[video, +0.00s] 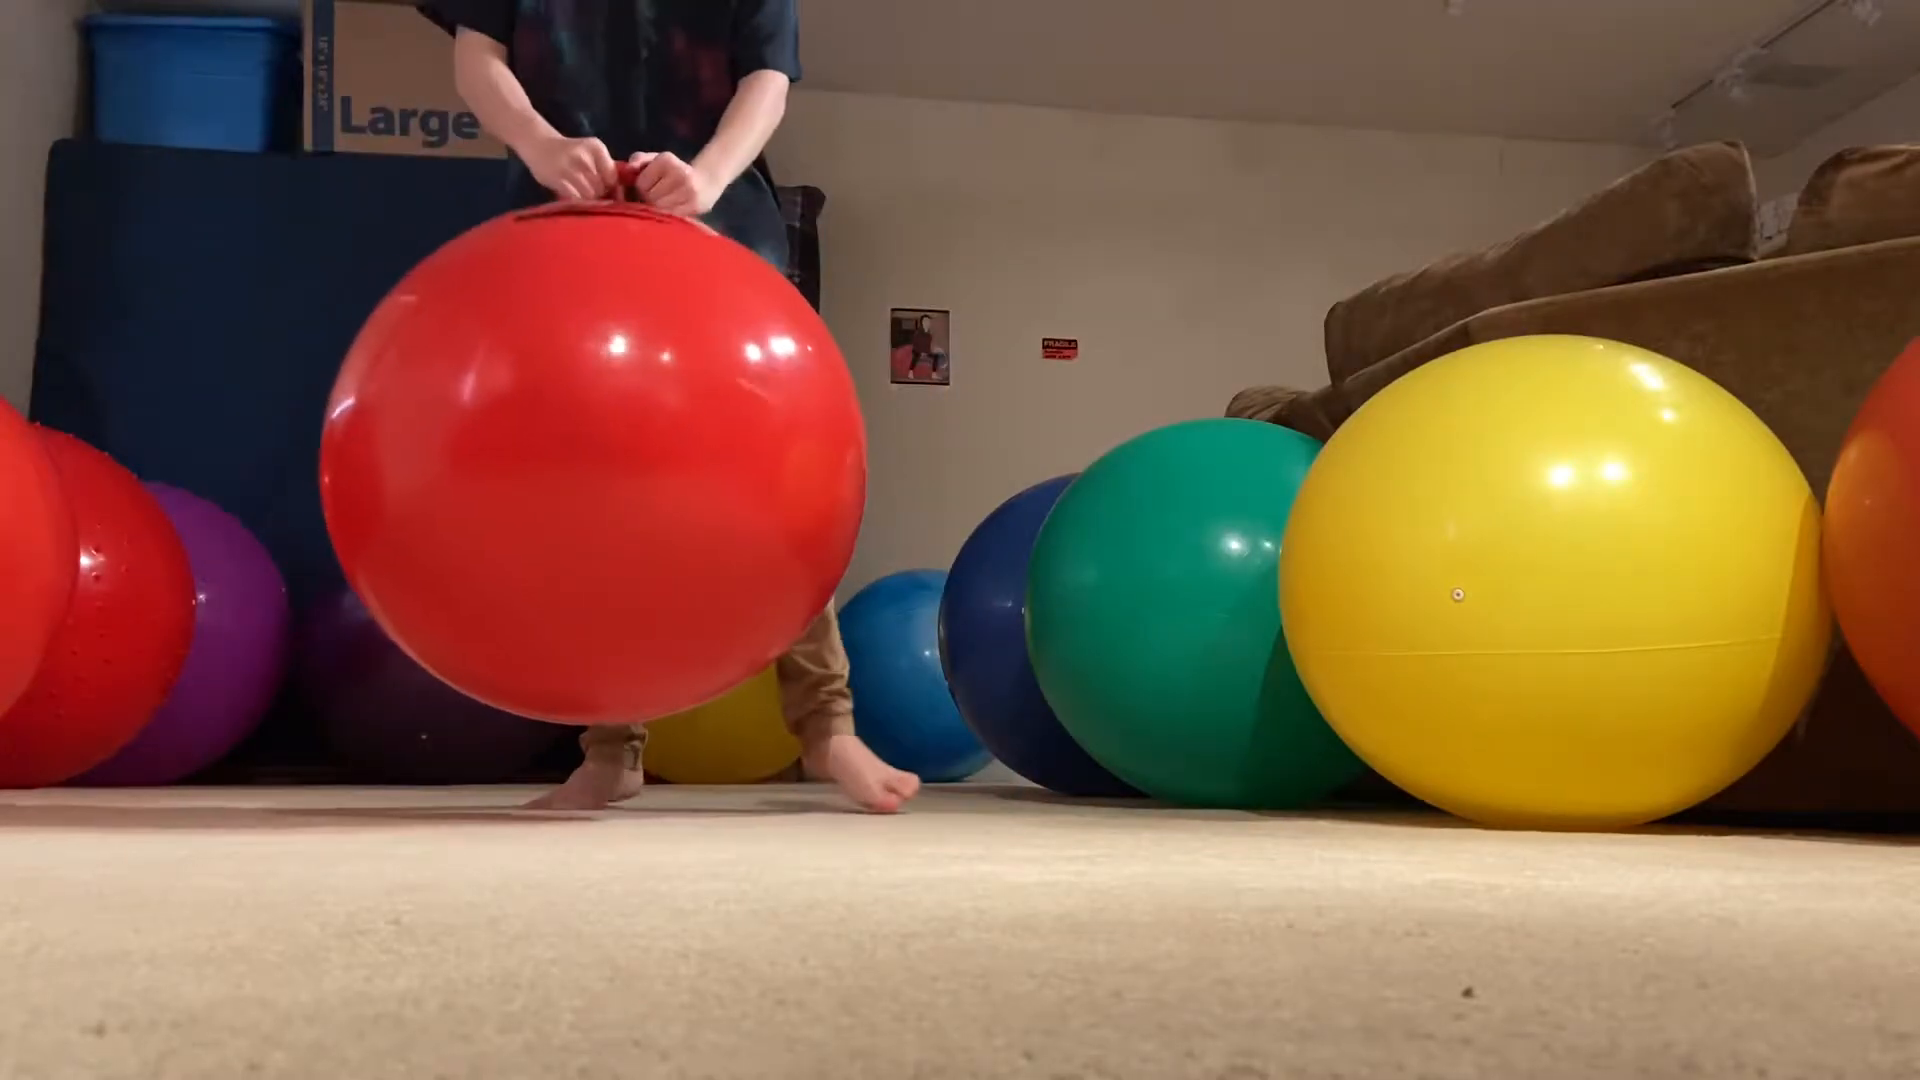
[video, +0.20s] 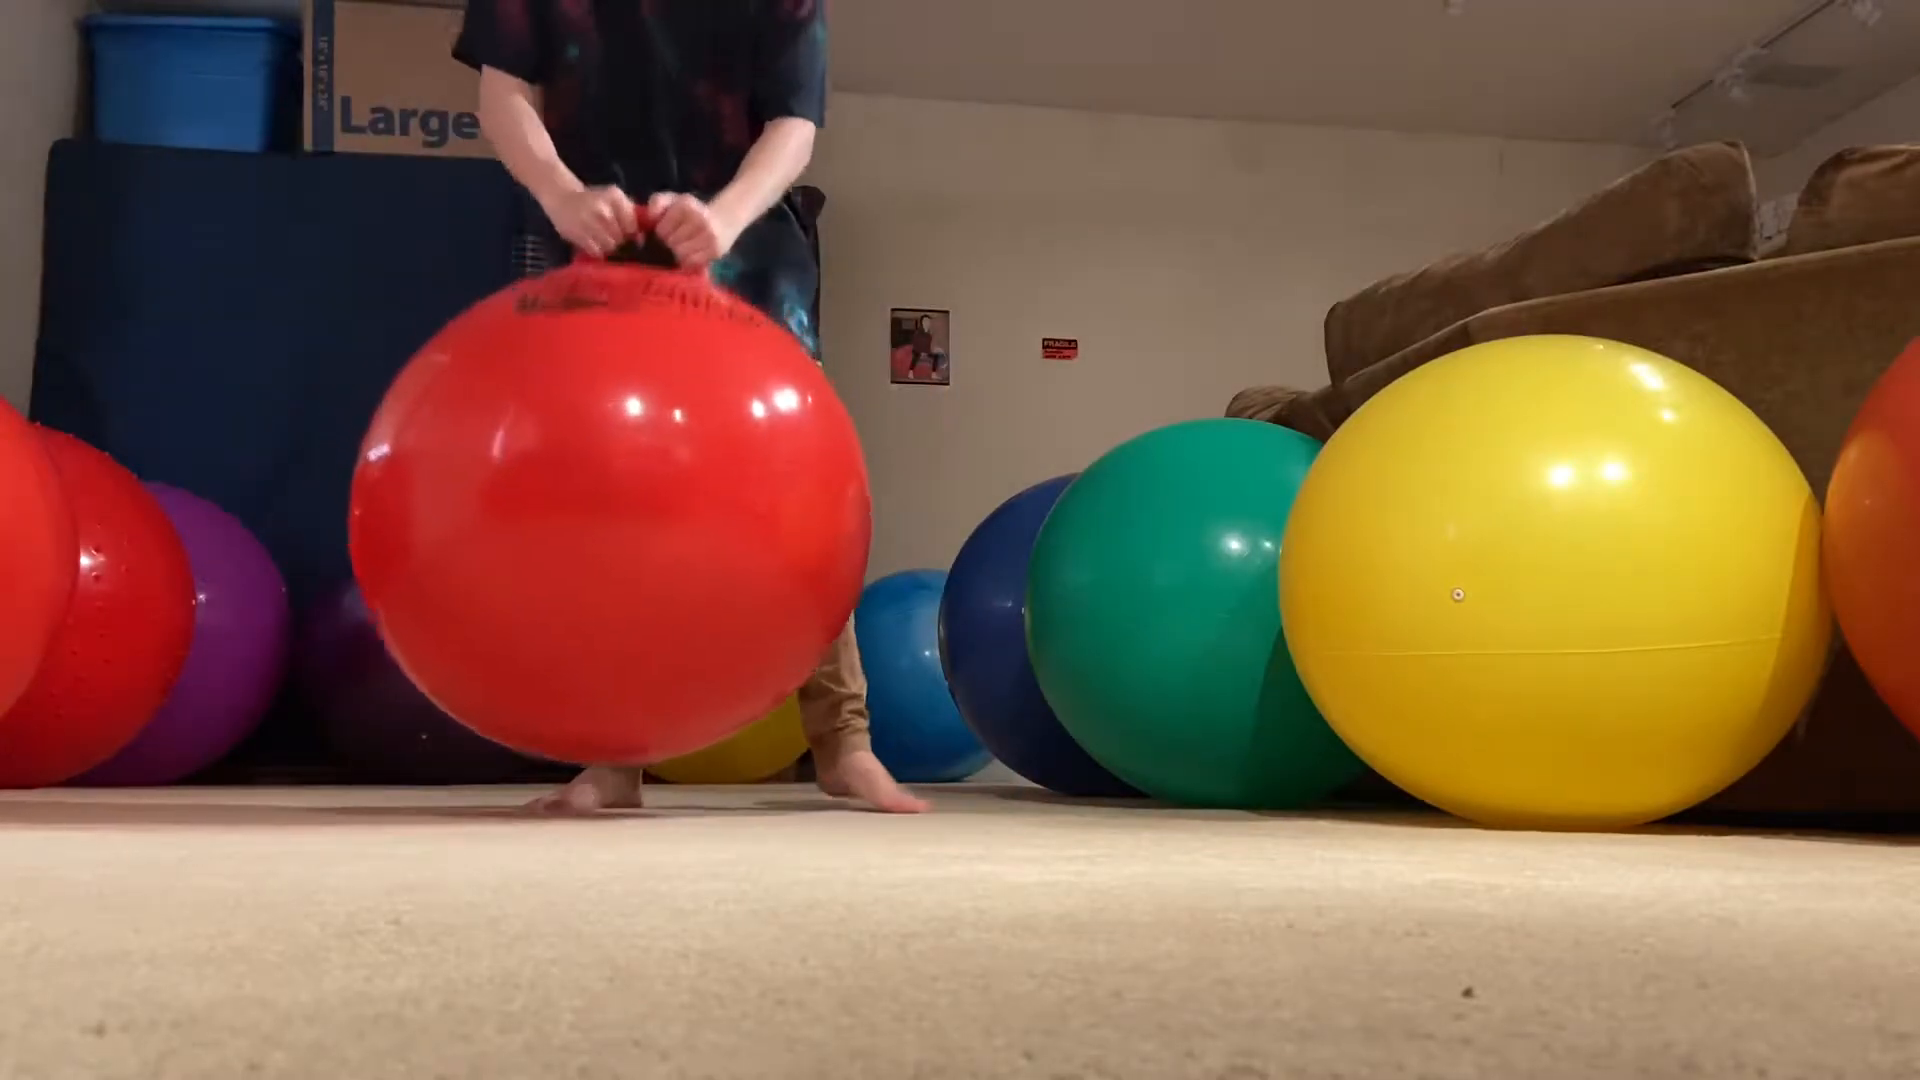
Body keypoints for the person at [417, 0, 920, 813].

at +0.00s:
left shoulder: (755, 1)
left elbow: (772, 73)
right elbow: (476, 55)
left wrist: (704, 174)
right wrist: (544, 146)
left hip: (727, 229)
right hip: (575, 229)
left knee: (781, 463)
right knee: (586, 473)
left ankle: (827, 724)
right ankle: (609, 748)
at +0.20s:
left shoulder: (785, 6)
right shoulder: (528, 3)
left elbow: (795, 123)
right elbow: (502, 94)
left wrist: (722, 216)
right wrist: (564, 195)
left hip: (750, 257)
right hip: (596, 256)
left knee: (794, 483)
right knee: (597, 491)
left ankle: (844, 742)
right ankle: (612, 762)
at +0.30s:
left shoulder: (807, 10)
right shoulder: (564, 7)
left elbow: (802, 176)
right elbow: (541, 152)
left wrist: (727, 302)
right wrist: (581, 289)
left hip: (771, 280)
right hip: (620, 276)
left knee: (803, 522)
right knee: (622, 514)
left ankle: (841, 759)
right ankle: (630, 755)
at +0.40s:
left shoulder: (832, 18)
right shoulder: (602, 7)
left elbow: (801, 209)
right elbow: (582, 177)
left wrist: (734, 351)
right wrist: (596, 339)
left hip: (786, 274)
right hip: (650, 272)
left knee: (814, 520)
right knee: (645, 516)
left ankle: (846, 763)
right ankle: (653, 760)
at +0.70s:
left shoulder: (809, 6)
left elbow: (796, 126)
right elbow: (582, 100)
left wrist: (754, 280)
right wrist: (616, 255)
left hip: (769, 239)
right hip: (610, 219)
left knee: (937, 363)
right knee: (422, 242)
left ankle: (926, 657)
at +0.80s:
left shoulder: (815, 6)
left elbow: (825, 155)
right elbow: (536, 124)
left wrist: (751, 286)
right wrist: (601, 264)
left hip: (754, 281)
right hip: (589, 265)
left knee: (946, 333)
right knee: (404, 245)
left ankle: (961, 647)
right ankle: (226, 536)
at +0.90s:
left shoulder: (787, 97)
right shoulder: (549, 61)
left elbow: (820, 272)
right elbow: (495, 254)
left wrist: (734, 355)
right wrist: (578, 337)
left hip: (723, 386)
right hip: (562, 364)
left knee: (933, 386)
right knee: (373, 319)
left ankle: (996, 692)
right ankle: (214, 625)